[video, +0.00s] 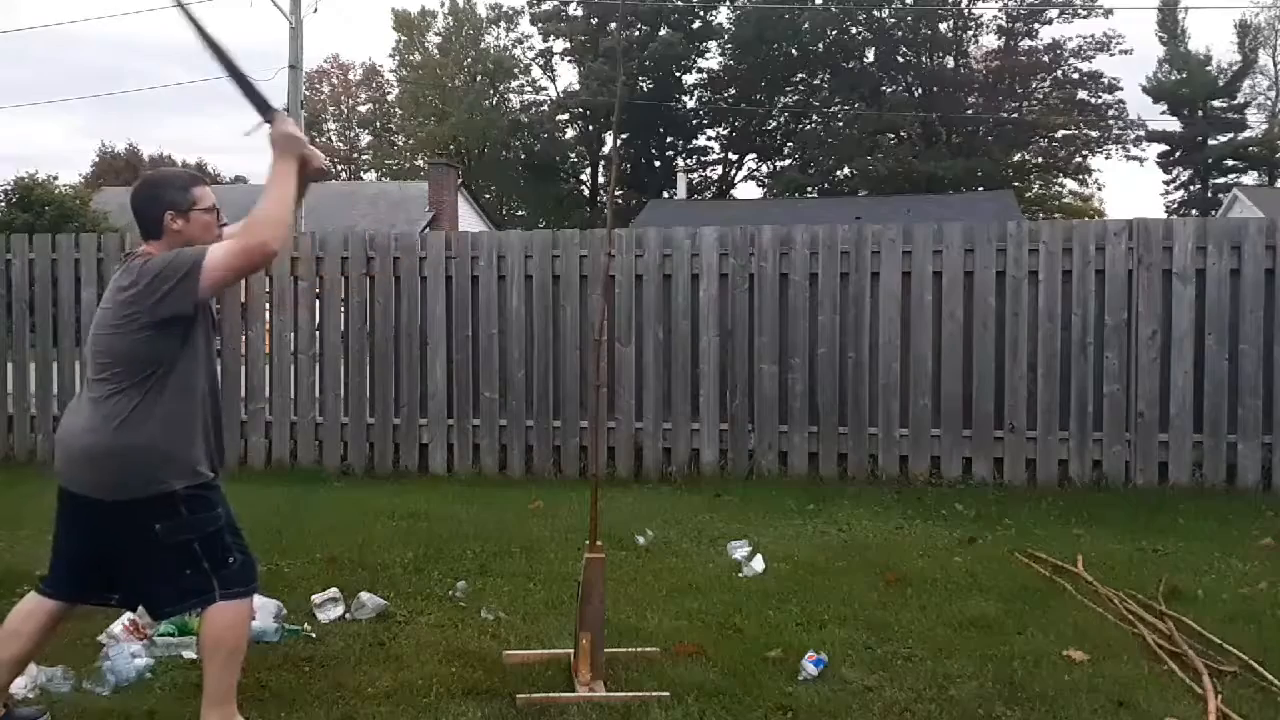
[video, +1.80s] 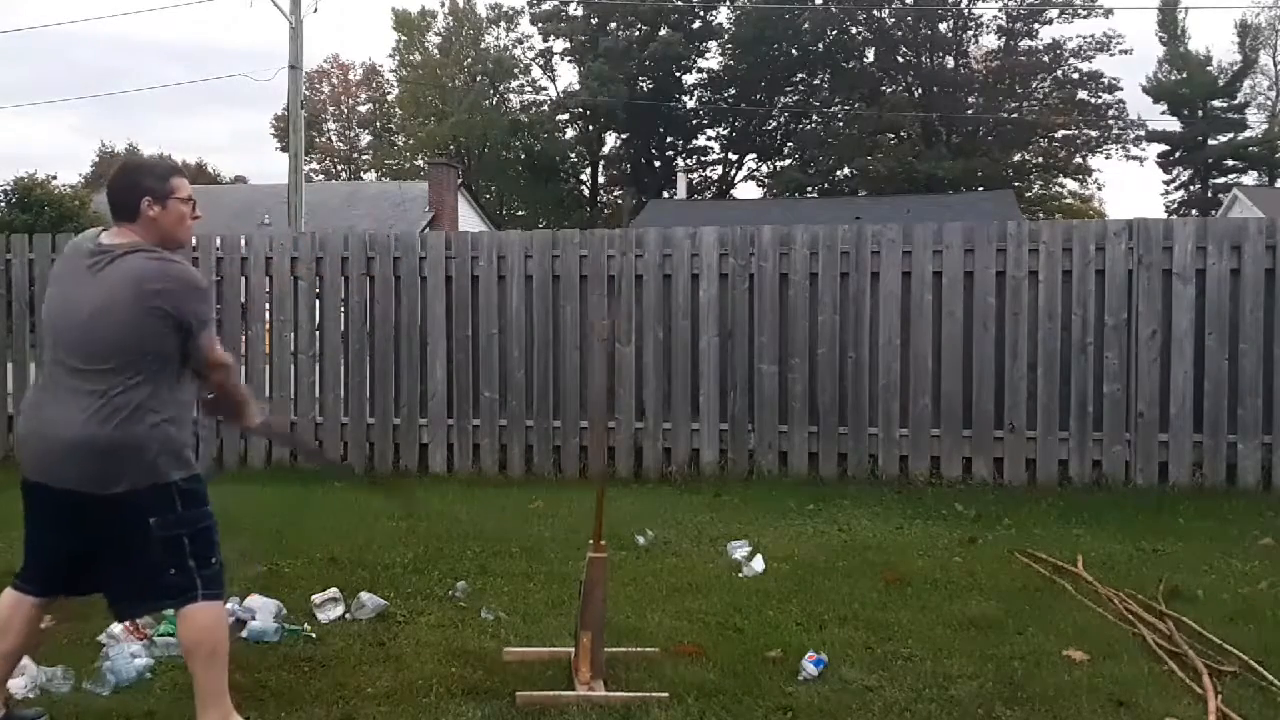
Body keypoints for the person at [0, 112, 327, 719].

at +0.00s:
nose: (223, 221)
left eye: (218, 209)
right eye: (211, 210)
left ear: (165, 224)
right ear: (171, 222)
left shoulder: (139, 271)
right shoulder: (162, 274)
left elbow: (252, 247)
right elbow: (262, 243)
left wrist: (298, 180)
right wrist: (286, 156)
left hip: (87, 464)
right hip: (156, 468)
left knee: (57, 591)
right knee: (230, 584)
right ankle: (220, 710)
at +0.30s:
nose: (191, 226)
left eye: (189, 215)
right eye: (182, 218)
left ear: (170, 223)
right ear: (152, 226)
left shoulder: (175, 274)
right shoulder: (124, 278)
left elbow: (239, 213)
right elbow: (194, 230)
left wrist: (225, 148)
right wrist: (183, 145)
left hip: (104, 465)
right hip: (147, 467)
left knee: (72, 590)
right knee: (231, 577)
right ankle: (220, 711)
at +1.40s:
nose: (197, 225)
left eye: (196, 214)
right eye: (187, 217)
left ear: (152, 227)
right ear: (154, 228)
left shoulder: (158, 274)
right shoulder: (133, 278)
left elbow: (235, 230)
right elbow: (218, 253)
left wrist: (228, 163)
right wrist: (197, 162)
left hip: (97, 470)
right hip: (149, 471)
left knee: (65, 589)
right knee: (236, 579)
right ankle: (222, 711)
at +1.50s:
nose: (199, 217)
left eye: (195, 207)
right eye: (187, 208)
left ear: (150, 220)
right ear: (150, 219)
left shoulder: (123, 265)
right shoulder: (151, 272)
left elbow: (237, 234)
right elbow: (266, 269)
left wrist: (285, 188)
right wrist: (284, 186)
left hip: (85, 463)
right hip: (157, 464)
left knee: (61, 581)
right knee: (229, 579)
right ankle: (220, 710)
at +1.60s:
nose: (193, 209)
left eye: (190, 197)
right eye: (182, 199)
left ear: (136, 209)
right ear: (143, 207)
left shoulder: (98, 257)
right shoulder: (159, 264)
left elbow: (235, 258)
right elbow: (265, 289)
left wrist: (332, 260)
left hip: (72, 457)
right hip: (153, 459)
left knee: (56, 578)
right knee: (211, 582)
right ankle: (218, 710)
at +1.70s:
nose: (193, 208)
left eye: (191, 198)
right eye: (182, 198)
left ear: (136, 206)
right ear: (144, 205)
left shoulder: (83, 249)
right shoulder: (169, 267)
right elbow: (243, 331)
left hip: (60, 449)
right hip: (148, 453)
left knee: (48, 577)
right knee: (200, 585)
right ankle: (217, 711)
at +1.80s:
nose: (194, 214)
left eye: (193, 203)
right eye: (186, 203)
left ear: (137, 211)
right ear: (149, 209)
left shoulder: (73, 254)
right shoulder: (178, 278)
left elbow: (108, 344)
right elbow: (214, 364)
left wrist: (194, 384)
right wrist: (242, 409)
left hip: (48, 444)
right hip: (144, 452)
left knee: (33, 583)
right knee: (200, 587)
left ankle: (0, 692)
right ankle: (216, 710)